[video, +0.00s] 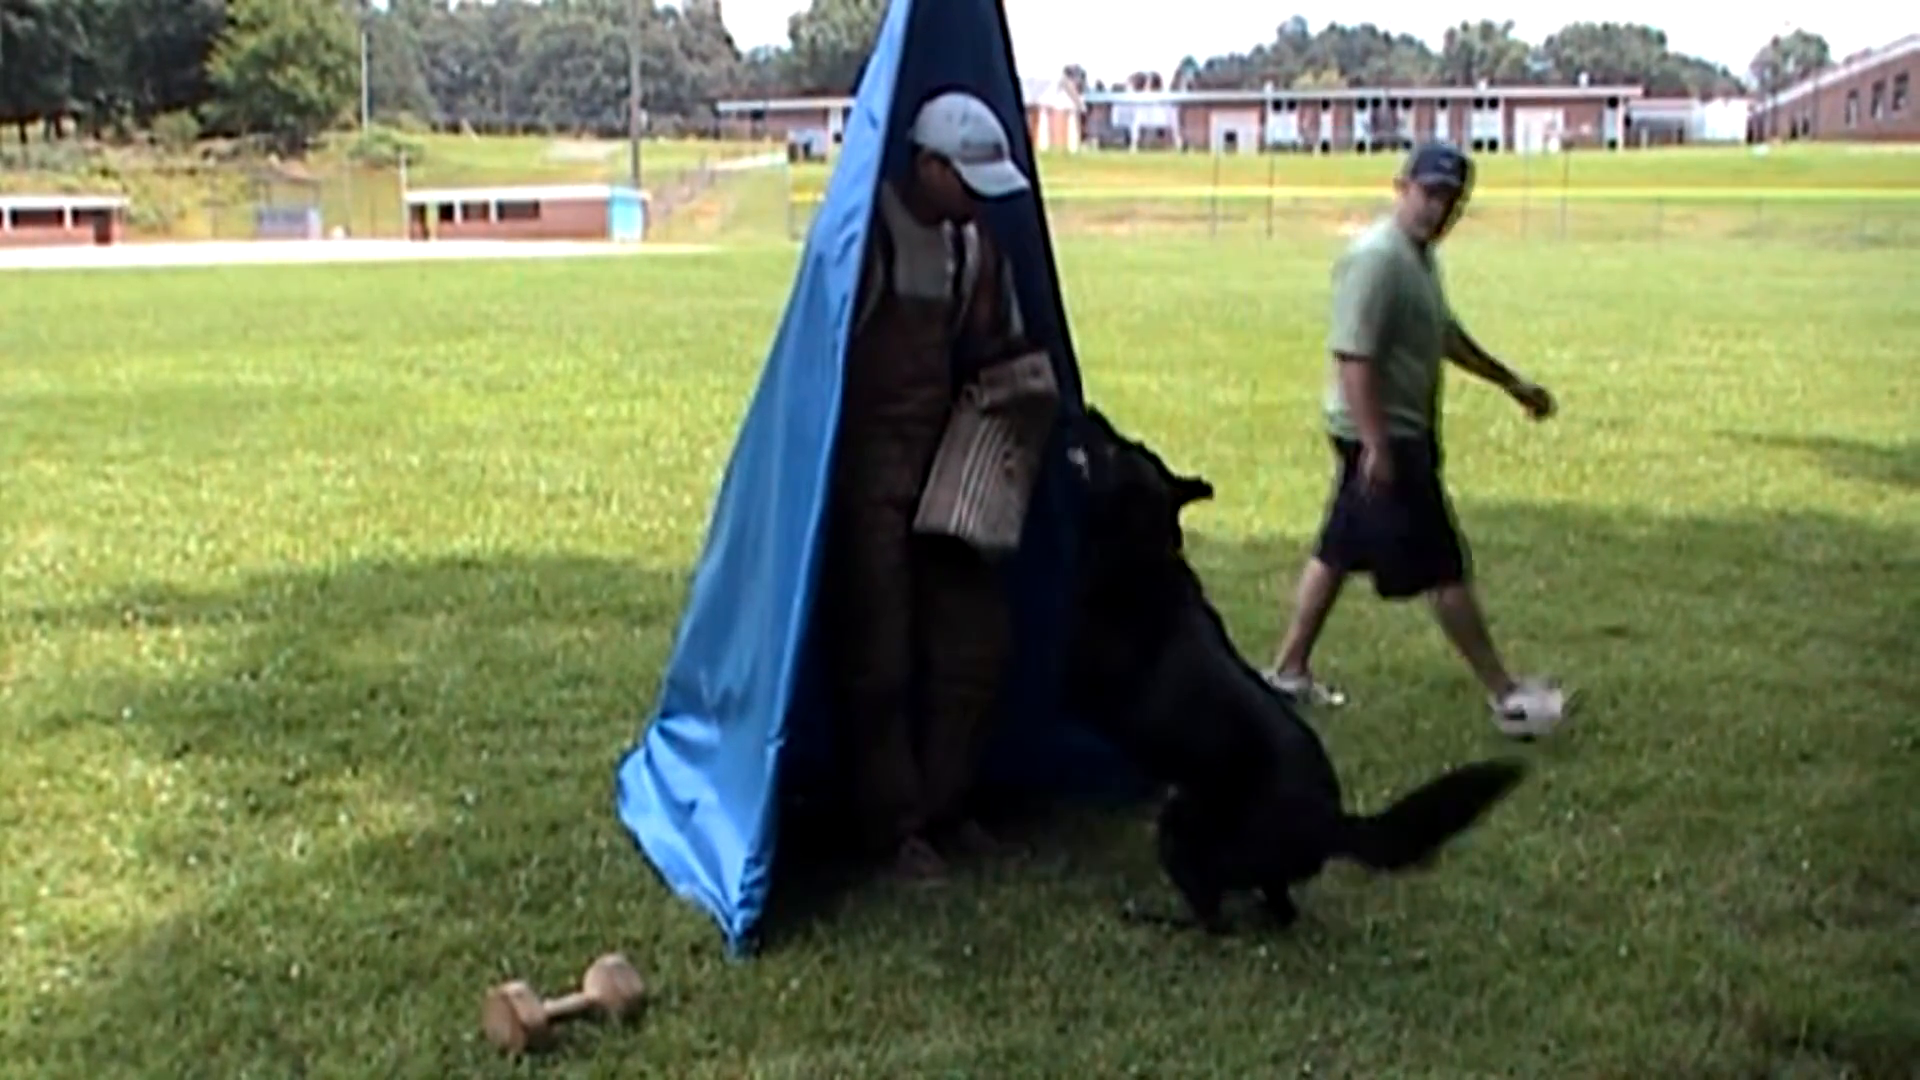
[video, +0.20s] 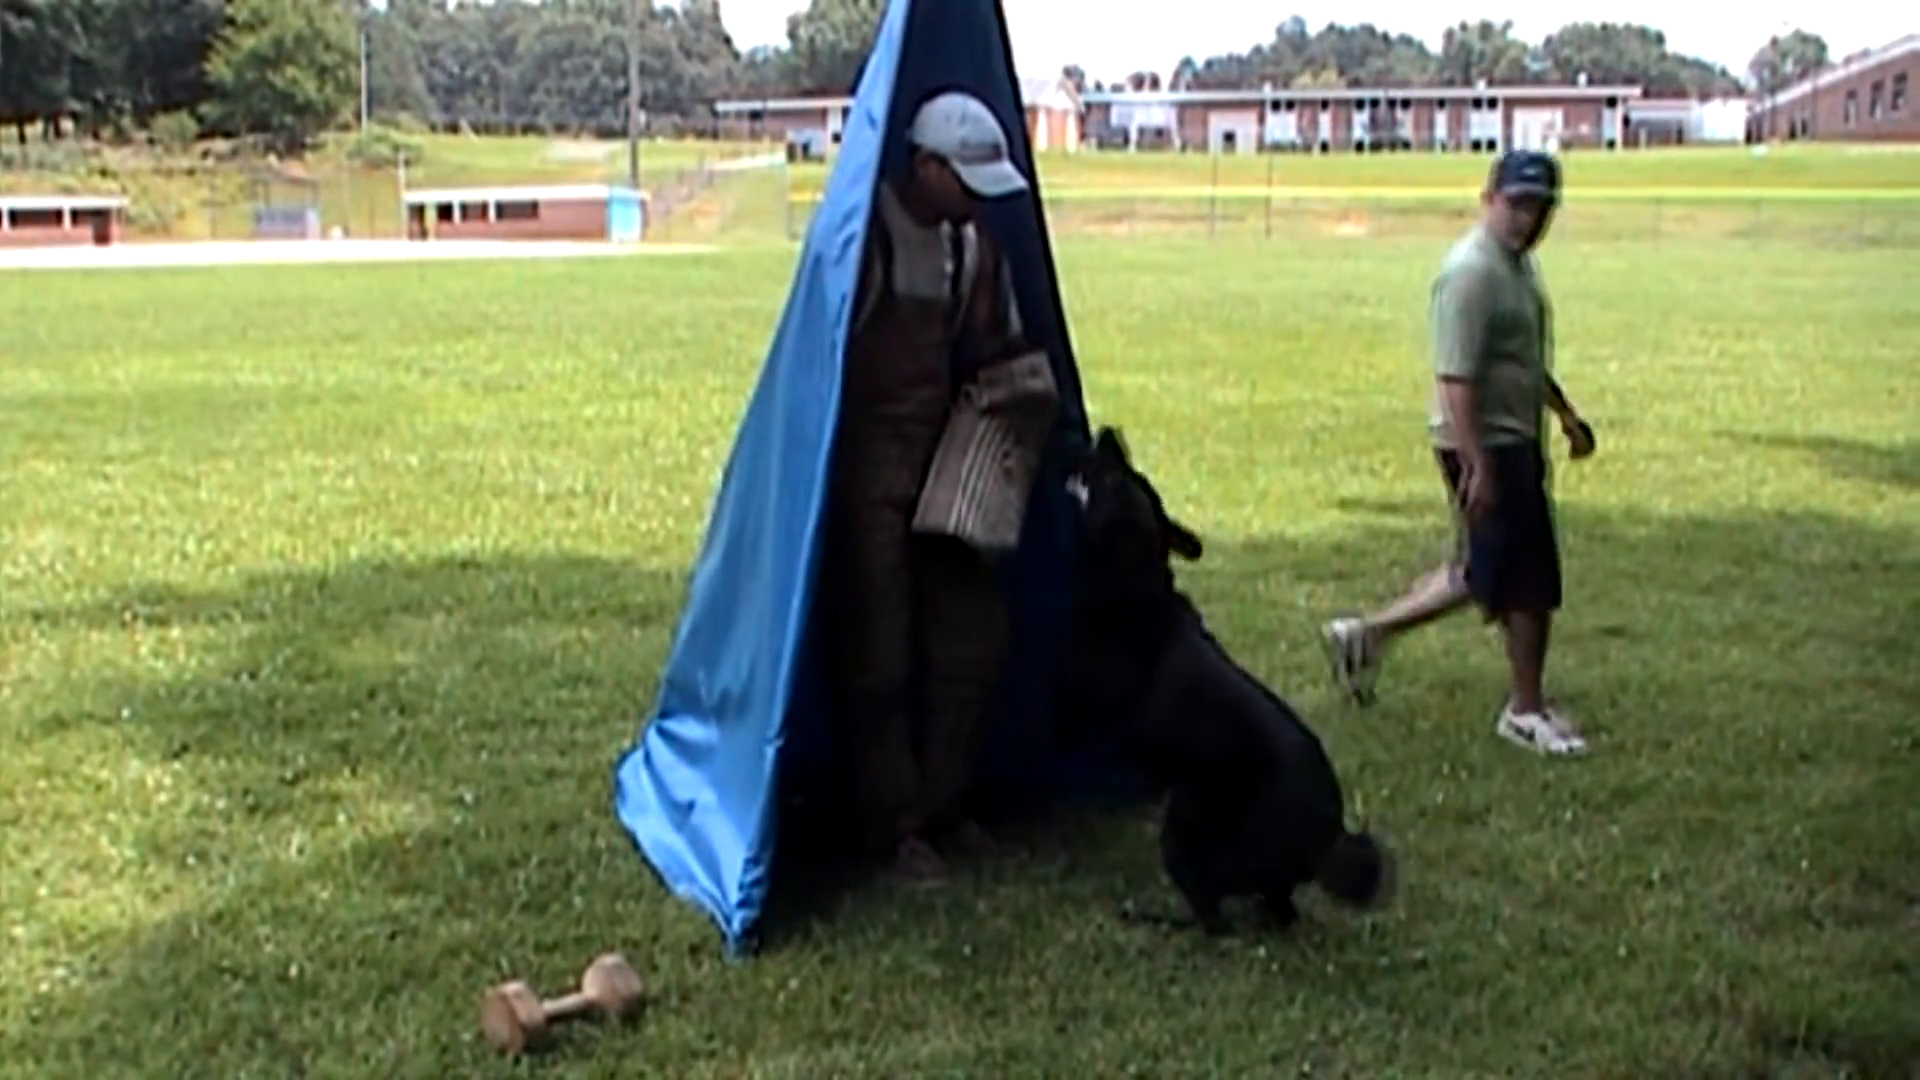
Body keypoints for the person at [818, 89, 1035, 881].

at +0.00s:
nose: (975, 201)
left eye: (982, 186)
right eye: (966, 183)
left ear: (975, 175)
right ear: (924, 164)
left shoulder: (978, 249)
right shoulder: (861, 242)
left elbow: (998, 359)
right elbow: (820, 364)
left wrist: (1025, 377)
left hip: (958, 475)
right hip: (871, 477)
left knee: (967, 639)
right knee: (884, 652)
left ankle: (950, 810)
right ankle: (895, 828)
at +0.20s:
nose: (974, 201)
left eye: (981, 188)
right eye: (965, 184)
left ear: (975, 176)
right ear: (923, 165)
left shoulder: (977, 249)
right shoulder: (859, 243)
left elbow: (1000, 358)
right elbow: (819, 365)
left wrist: (1020, 383)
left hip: (957, 478)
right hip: (869, 480)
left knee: (965, 641)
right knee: (883, 654)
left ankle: (948, 811)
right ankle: (896, 830)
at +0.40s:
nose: (974, 200)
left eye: (981, 187)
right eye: (965, 183)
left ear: (975, 175)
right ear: (923, 165)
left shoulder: (978, 248)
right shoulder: (859, 243)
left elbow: (1002, 358)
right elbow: (819, 366)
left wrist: (1022, 382)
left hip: (958, 479)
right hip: (869, 480)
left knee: (965, 642)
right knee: (883, 655)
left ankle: (947, 812)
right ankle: (895, 829)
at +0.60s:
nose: (973, 200)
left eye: (981, 186)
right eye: (964, 183)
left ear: (976, 175)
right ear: (923, 164)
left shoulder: (978, 248)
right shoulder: (859, 243)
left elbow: (1004, 359)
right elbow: (819, 366)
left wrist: (1021, 384)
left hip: (957, 484)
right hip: (869, 485)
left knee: (966, 645)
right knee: (882, 658)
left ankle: (948, 811)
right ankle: (894, 829)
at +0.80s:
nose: (972, 199)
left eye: (979, 186)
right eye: (963, 183)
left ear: (974, 175)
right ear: (921, 164)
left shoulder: (977, 249)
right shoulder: (858, 244)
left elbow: (1005, 359)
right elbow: (818, 364)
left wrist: (1023, 392)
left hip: (956, 482)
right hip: (868, 483)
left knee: (965, 645)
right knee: (882, 656)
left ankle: (946, 811)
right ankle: (895, 828)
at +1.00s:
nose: (970, 199)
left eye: (977, 185)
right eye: (961, 182)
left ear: (971, 174)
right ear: (919, 163)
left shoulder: (974, 247)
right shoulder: (857, 242)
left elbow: (999, 358)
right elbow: (817, 364)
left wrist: (1019, 387)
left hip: (954, 480)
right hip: (866, 481)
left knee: (962, 642)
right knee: (879, 654)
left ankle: (944, 809)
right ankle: (892, 828)